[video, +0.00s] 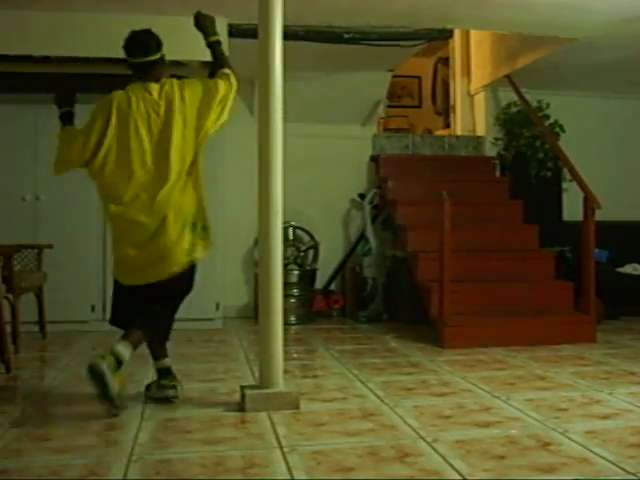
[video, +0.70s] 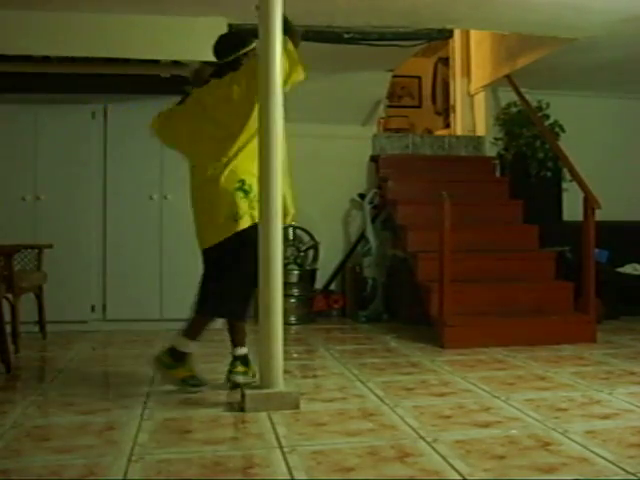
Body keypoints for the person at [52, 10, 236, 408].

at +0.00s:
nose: (159, 66)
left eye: (146, 60)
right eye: (160, 60)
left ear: (129, 66)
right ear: (163, 62)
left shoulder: (113, 107)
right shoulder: (184, 96)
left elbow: (70, 157)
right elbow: (226, 80)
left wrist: (66, 114)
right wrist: (212, 36)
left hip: (128, 218)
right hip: (176, 216)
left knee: (145, 299)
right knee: (168, 293)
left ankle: (165, 375)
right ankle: (115, 359)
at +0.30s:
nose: (181, 65)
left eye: (172, 59)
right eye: (189, 57)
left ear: (167, 62)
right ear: (200, 59)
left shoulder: (153, 101)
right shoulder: (219, 90)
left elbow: (108, 141)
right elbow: (252, 62)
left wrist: (99, 106)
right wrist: (236, 21)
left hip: (169, 220)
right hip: (211, 216)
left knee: (203, 295)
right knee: (171, 294)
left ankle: (226, 364)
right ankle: (129, 371)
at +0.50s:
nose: (218, 68)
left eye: (206, 66)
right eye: (220, 62)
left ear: (193, 69)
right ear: (225, 64)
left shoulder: (181, 107)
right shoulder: (246, 90)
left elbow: (150, 147)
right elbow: (285, 57)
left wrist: (140, 111)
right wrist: (258, 15)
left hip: (192, 216)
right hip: (233, 212)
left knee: (212, 295)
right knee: (185, 288)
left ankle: (236, 366)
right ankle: (135, 359)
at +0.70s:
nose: (264, 63)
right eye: (261, 53)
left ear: (222, 60)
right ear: (249, 56)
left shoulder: (196, 105)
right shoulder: (247, 82)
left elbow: (161, 124)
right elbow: (285, 56)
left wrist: (193, 91)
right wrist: (275, 23)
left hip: (214, 210)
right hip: (247, 204)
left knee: (230, 287)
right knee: (227, 286)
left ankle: (241, 360)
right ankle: (177, 353)